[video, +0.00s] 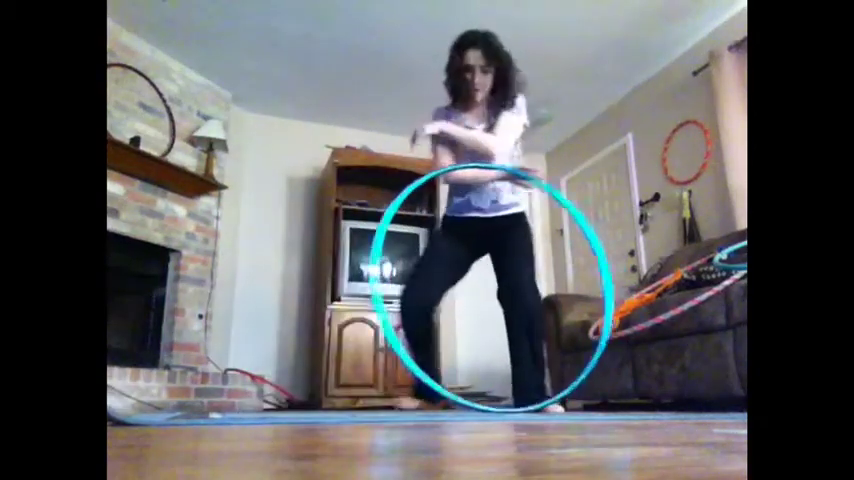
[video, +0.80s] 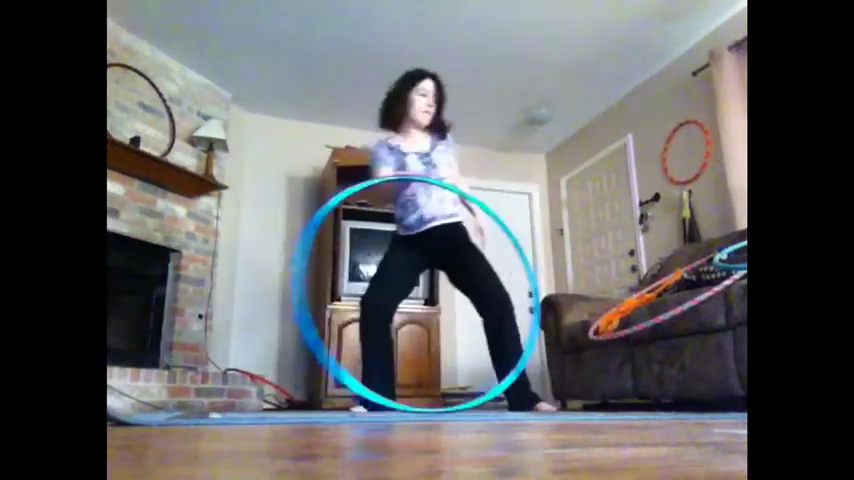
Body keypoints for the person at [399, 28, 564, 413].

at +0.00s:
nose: (475, 79)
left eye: (484, 70)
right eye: (467, 70)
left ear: (497, 73)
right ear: (455, 73)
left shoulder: (513, 106)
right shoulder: (445, 117)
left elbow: (498, 147)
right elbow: (449, 174)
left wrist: (441, 129)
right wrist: (506, 173)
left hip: (508, 223)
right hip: (461, 224)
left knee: (522, 301)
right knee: (416, 299)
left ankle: (534, 400)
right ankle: (427, 393)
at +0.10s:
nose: (465, 81)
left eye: (473, 73)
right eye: (457, 73)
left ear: (485, 76)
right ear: (446, 75)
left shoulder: (498, 108)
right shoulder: (431, 116)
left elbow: (490, 153)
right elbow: (416, 169)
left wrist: (440, 126)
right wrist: (456, 171)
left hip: (494, 223)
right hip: (447, 226)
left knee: (517, 299)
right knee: (401, 298)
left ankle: (534, 395)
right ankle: (386, 394)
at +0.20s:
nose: (455, 84)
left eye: (463, 77)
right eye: (447, 76)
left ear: (473, 82)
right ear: (436, 78)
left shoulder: (485, 116)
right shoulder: (418, 121)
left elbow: (486, 157)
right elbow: (392, 164)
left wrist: (438, 131)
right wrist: (416, 164)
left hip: (479, 224)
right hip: (433, 225)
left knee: (508, 304)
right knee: (391, 302)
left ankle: (534, 396)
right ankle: (377, 398)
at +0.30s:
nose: (444, 87)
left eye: (452, 82)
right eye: (437, 79)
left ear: (462, 87)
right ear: (423, 83)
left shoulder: (469, 125)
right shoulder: (403, 127)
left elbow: (480, 165)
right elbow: (371, 166)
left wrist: (439, 141)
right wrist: (394, 166)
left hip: (461, 227)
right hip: (417, 228)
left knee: (494, 301)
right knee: (379, 304)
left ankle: (528, 395)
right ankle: (376, 400)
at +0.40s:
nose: (427, 95)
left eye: (435, 90)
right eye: (421, 87)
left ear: (442, 96)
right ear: (406, 89)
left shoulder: (448, 135)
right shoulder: (383, 134)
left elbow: (470, 176)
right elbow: (353, 168)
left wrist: (435, 146)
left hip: (444, 231)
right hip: (399, 234)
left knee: (481, 307)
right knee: (366, 309)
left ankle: (525, 393)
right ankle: (379, 406)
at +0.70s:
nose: (418, 105)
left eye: (424, 100)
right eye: (411, 97)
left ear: (428, 107)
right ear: (393, 100)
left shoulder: (435, 145)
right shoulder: (377, 147)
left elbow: (450, 186)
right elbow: (357, 190)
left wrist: (456, 196)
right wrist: (363, 188)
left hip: (444, 236)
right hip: (402, 243)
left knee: (489, 303)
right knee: (366, 308)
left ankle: (523, 399)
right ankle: (380, 404)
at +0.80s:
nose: (429, 103)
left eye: (434, 98)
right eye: (421, 95)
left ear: (438, 106)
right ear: (402, 99)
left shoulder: (443, 144)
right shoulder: (386, 147)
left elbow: (458, 185)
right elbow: (381, 196)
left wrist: (475, 217)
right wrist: (403, 180)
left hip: (451, 234)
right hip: (410, 241)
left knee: (496, 302)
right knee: (375, 306)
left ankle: (520, 397)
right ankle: (378, 402)